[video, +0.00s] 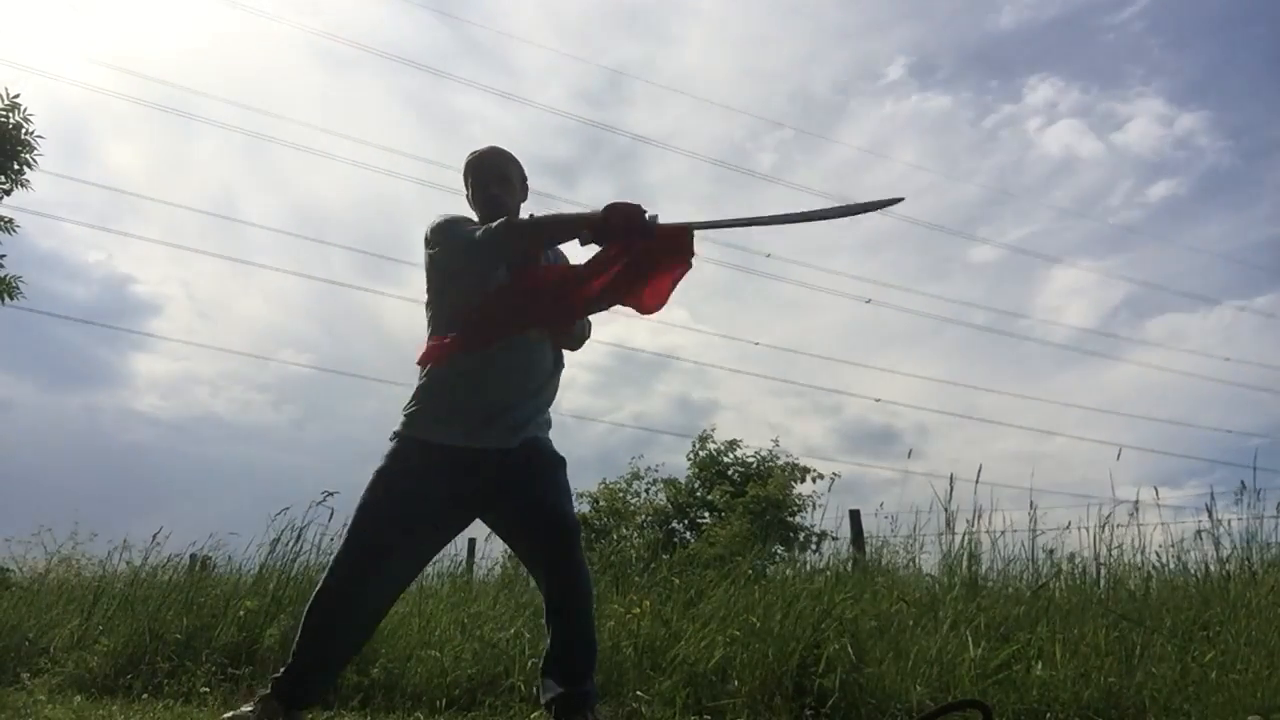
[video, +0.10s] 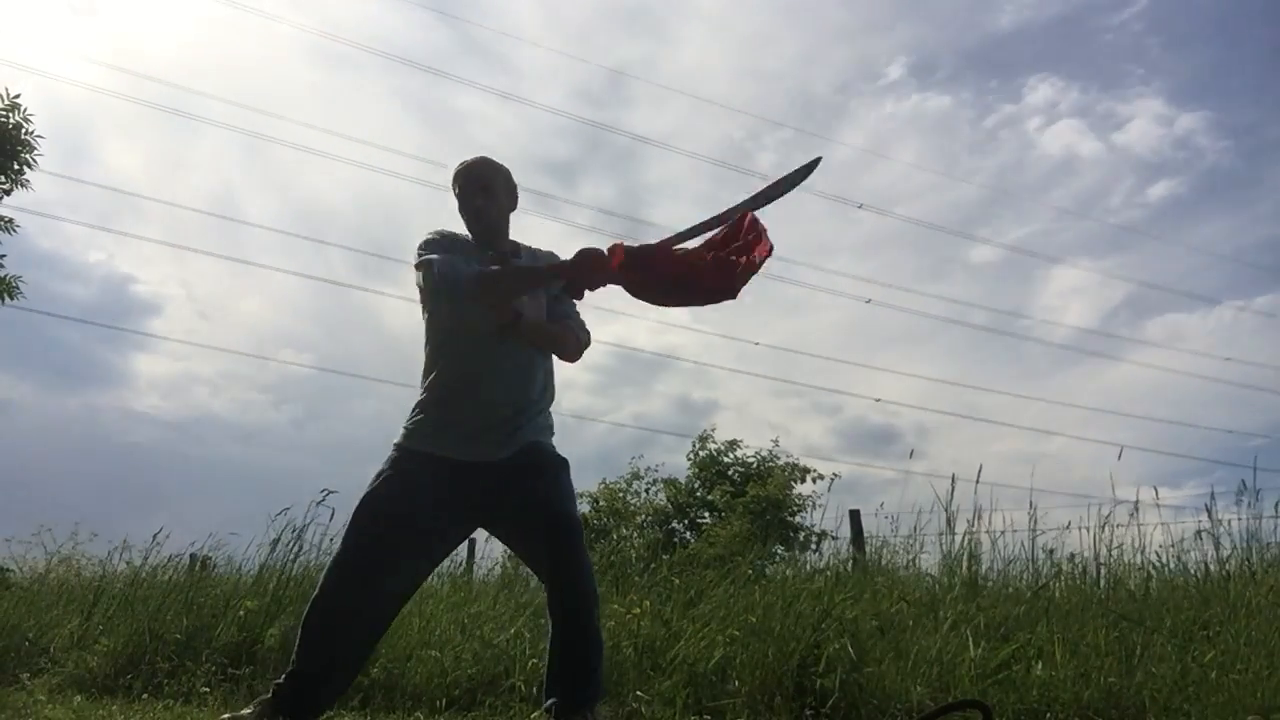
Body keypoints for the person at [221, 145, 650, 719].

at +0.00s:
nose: (489, 191)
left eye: (501, 182)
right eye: (478, 183)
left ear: (524, 191)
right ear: (466, 194)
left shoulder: (547, 255)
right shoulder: (451, 235)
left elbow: (576, 337)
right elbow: (510, 235)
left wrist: (545, 293)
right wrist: (591, 224)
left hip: (522, 449)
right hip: (436, 443)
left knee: (568, 575)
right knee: (361, 570)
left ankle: (574, 701)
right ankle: (289, 698)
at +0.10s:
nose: (475, 202)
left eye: (486, 192)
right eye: (465, 194)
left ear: (513, 200)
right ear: (457, 205)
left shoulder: (547, 270)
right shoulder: (442, 248)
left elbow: (575, 345)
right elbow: (464, 286)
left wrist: (527, 325)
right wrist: (563, 273)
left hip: (522, 453)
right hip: (436, 449)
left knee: (573, 579)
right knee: (356, 580)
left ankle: (574, 706)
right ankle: (292, 705)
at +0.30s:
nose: (422, 218)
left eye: (431, 203)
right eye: (416, 209)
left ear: (467, 201)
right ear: (415, 219)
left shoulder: (516, 258)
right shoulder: (417, 278)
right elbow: (359, 324)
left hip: (501, 453)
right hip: (429, 448)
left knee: (529, 573)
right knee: (343, 557)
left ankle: (573, 704)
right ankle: (288, 702)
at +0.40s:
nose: (400, 220)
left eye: (408, 206)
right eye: (394, 213)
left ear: (447, 200)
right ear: (398, 221)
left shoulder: (490, 248)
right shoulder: (401, 273)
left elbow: (461, 323)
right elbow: (332, 298)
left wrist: (388, 316)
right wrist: (274, 348)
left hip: (485, 452)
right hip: (413, 456)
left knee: (518, 569)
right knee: (335, 557)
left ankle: (584, 706)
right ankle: (286, 697)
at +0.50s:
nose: (378, 234)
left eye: (386, 220)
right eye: (374, 225)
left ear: (425, 215)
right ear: (379, 232)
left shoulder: (468, 262)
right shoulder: (387, 281)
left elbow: (427, 320)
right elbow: (316, 296)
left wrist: (368, 315)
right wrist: (239, 311)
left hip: (470, 467)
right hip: (398, 467)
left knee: (528, 582)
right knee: (312, 556)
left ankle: (614, 699)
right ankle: (273, 698)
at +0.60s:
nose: (355, 254)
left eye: (363, 242)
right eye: (354, 246)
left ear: (405, 238)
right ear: (374, 250)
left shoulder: (443, 286)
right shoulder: (377, 299)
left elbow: (396, 364)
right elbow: (300, 297)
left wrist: (352, 334)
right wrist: (215, 300)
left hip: (451, 492)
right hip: (384, 490)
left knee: (516, 599)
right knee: (290, 558)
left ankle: (613, 698)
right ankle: (266, 700)